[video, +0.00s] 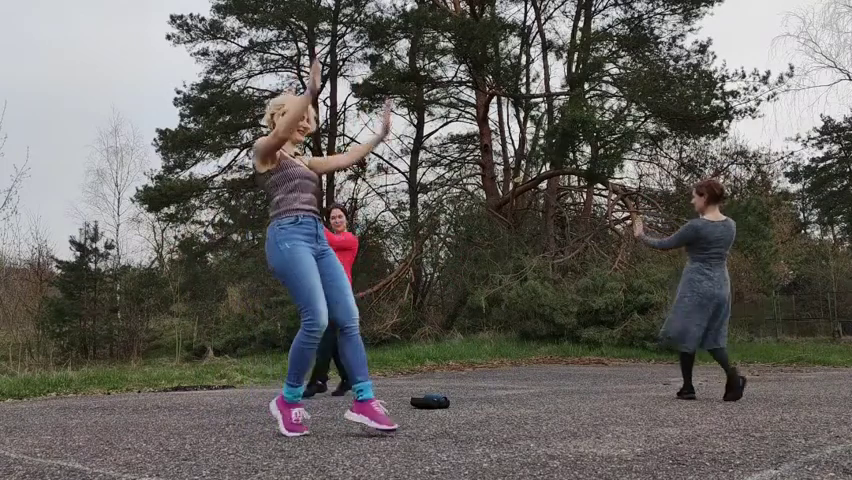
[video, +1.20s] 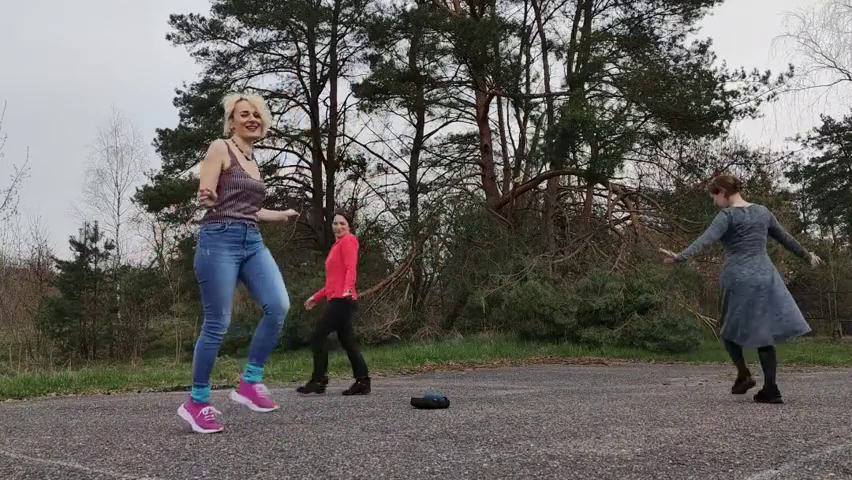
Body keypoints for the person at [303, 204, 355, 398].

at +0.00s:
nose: (337, 220)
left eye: (340, 217)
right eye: (333, 218)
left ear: (346, 219)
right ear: (329, 222)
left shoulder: (351, 239)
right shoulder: (327, 238)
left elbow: (331, 241)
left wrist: (318, 225)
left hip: (342, 294)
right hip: (327, 293)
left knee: (329, 336)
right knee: (332, 337)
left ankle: (318, 379)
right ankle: (346, 378)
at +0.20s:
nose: (342, 225)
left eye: (345, 222)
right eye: (339, 223)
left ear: (353, 224)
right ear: (336, 227)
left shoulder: (359, 247)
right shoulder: (337, 249)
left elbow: (348, 263)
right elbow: (328, 270)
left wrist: (323, 264)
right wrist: (317, 267)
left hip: (348, 300)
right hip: (333, 299)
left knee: (332, 339)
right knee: (333, 341)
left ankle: (362, 363)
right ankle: (350, 380)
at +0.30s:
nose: (345, 221)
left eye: (348, 218)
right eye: (342, 219)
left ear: (356, 223)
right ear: (339, 225)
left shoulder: (360, 245)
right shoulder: (339, 249)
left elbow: (355, 271)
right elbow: (326, 275)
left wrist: (337, 286)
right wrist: (304, 291)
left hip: (350, 299)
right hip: (335, 299)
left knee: (346, 342)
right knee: (339, 342)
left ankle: (380, 364)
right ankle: (352, 383)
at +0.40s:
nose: (347, 216)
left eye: (351, 214)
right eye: (344, 214)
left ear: (357, 221)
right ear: (339, 220)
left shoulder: (359, 241)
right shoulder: (340, 244)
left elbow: (362, 270)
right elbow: (336, 277)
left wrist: (359, 296)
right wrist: (326, 302)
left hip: (355, 298)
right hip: (340, 300)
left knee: (362, 341)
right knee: (347, 343)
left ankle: (390, 370)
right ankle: (352, 382)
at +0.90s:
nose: (346, 222)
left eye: (350, 219)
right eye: (344, 219)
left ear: (357, 222)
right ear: (340, 222)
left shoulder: (359, 241)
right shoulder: (346, 242)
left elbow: (362, 270)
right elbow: (348, 271)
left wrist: (358, 294)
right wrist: (344, 294)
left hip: (357, 298)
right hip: (347, 299)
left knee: (358, 340)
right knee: (349, 341)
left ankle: (390, 371)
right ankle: (361, 380)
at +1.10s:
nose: (342, 228)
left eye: (346, 225)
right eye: (339, 225)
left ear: (352, 227)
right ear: (337, 228)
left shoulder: (354, 244)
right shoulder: (343, 247)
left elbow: (354, 270)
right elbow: (338, 282)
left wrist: (345, 289)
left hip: (348, 301)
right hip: (341, 301)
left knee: (326, 337)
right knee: (346, 341)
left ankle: (347, 374)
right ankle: (362, 379)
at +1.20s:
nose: (338, 227)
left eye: (342, 224)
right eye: (335, 224)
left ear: (348, 226)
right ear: (332, 226)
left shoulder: (348, 240)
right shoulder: (337, 244)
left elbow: (351, 267)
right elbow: (333, 281)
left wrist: (348, 289)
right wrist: (316, 297)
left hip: (341, 299)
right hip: (339, 299)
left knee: (318, 336)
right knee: (347, 340)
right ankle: (362, 380)